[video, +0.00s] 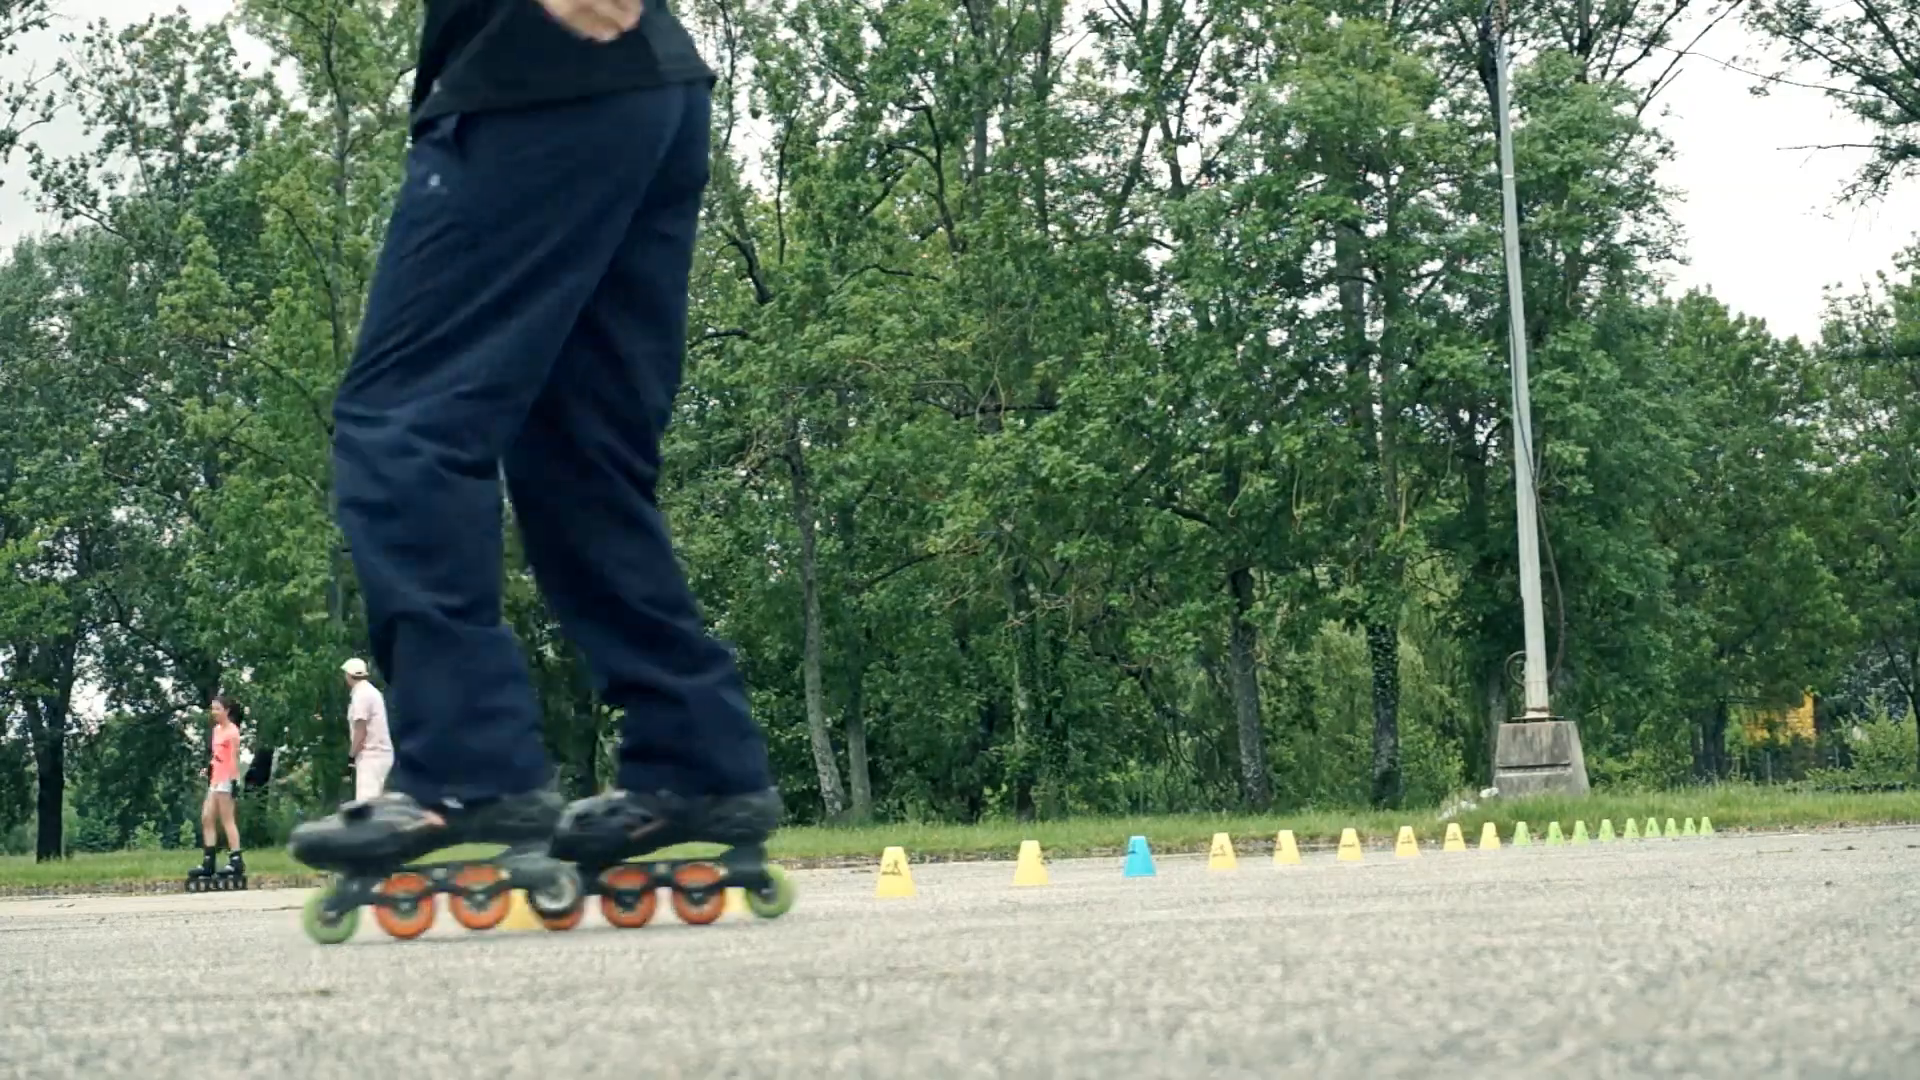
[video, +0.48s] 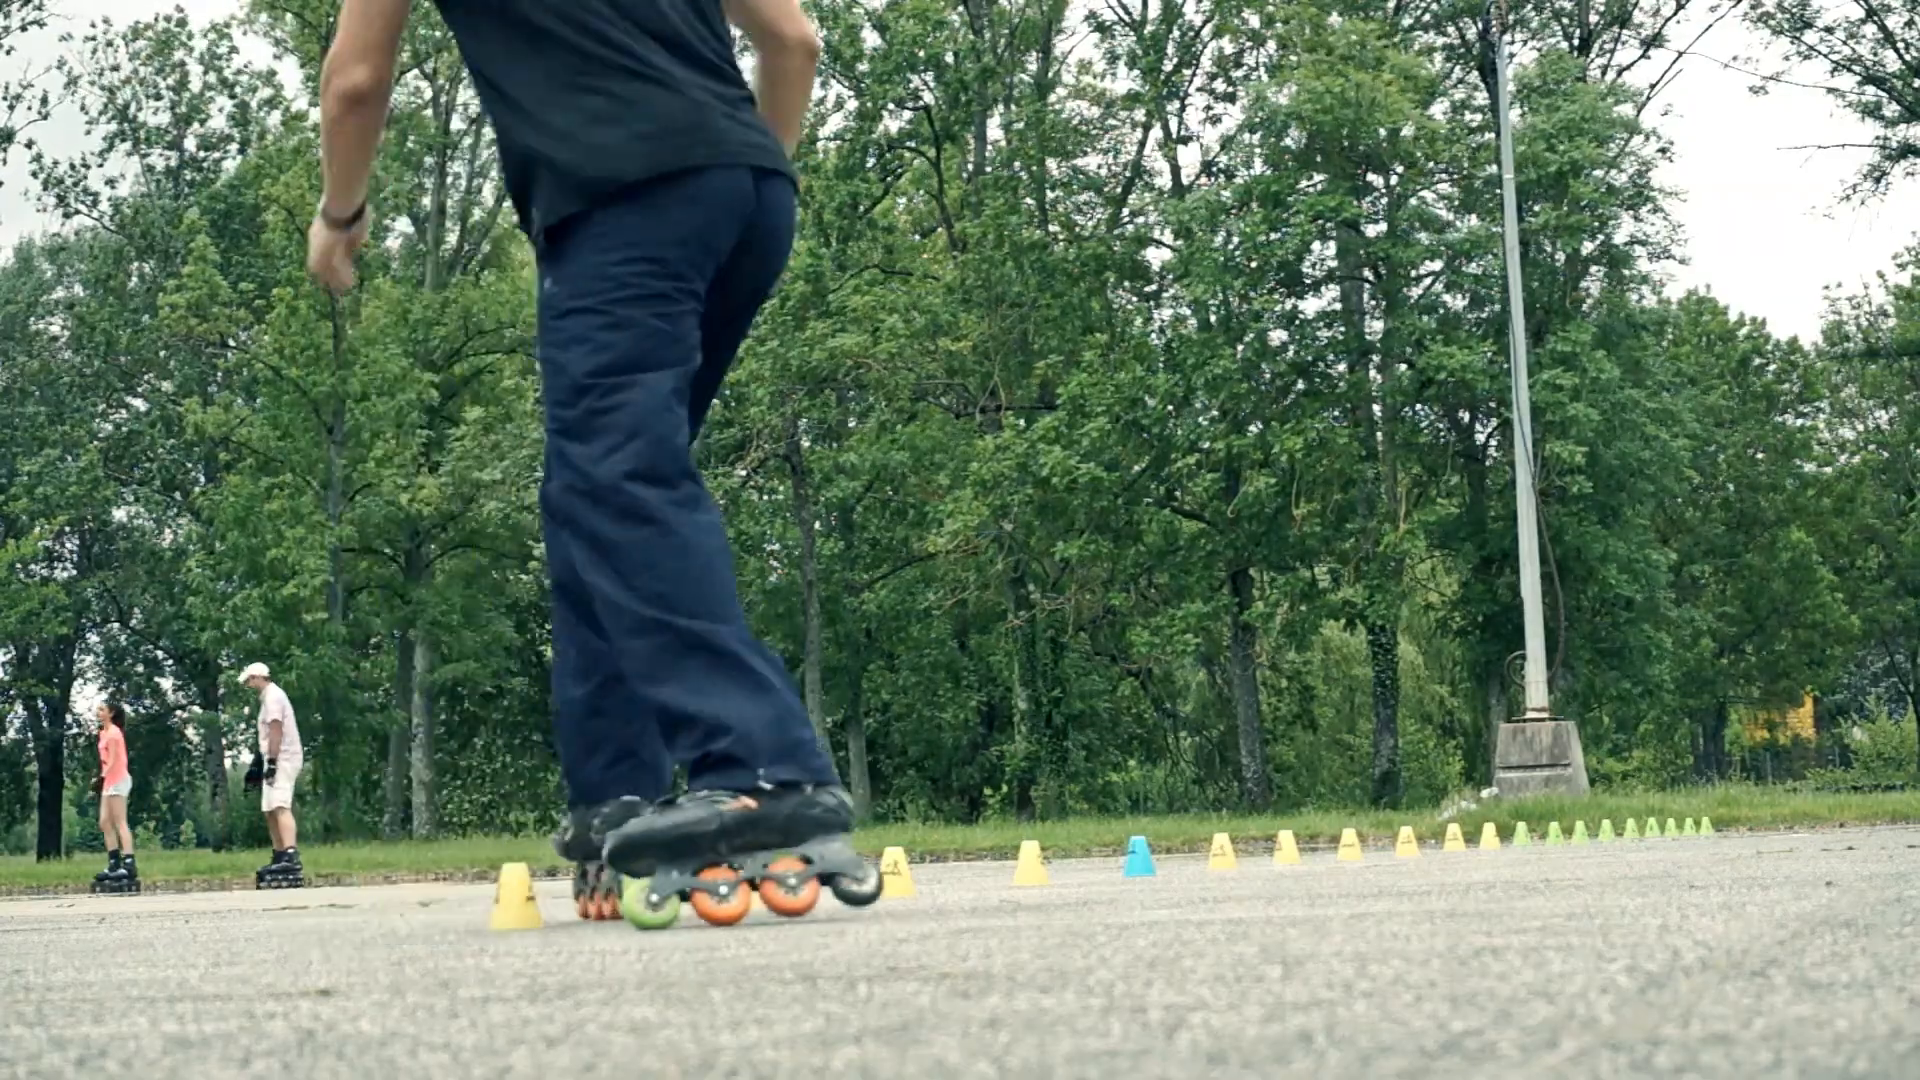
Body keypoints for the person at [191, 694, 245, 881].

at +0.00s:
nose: (213, 712)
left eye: (217, 709)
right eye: (212, 709)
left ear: (226, 711)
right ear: (213, 711)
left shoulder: (232, 732)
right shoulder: (216, 730)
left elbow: (234, 757)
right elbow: (217, 755)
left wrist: (235, 778)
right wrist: (209, 768)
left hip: (226, 778)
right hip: (215, 778)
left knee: (227, 819)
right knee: (207, 818)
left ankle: (236, 859)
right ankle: (208, 861)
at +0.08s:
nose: (193, 712)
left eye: (196, 709)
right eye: (193, 709)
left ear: (206, 711)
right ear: (195, 712)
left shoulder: (212, 732)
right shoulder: (198, 731)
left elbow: (213, 759)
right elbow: (199, 758)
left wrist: (210, 779)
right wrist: (190, 772)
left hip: (209, 777)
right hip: (198, 778)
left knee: (210, 820)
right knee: (188, 819)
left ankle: (219, 860)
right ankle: (189, 862)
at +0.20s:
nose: (164, 714)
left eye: (168, 710)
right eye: (164, 710)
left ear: (178, 712)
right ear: (165, 712)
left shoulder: (184, 732)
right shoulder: (170, 732)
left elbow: (183, 759)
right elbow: (172, 759)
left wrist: (173, 779)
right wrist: (164, 774)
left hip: (183, 777)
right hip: (172, 777)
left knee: (183, 820)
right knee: (164, 819)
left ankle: (191, 861)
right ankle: (165, 864)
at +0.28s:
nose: (146, 713)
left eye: (149, 710)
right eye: (145, 710)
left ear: (159, 712)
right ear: (148, 713)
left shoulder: (164, 733)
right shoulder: (151, 732)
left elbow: (163, 761)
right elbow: (154, 760)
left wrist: (152, 778)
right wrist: (146, 776)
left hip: (166, 777)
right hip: (154, 777)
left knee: (165, 820)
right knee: (147, 819)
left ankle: (173, 861)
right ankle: (151, 862)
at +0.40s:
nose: (116, 713)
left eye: (120, 710)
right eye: (115, 709)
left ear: (130, 713)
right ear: (117, 713)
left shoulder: (133, 733)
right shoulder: (121, 733)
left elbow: (133, 762)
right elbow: (125, 762)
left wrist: (122, 781)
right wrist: (116, 779)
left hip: (137, 778)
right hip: (126, 778)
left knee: (138, 821)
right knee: (121, 821)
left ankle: (147, 863)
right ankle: (128, 862)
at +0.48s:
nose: (99, 712)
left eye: (102, 709)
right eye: (98, 709)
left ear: (111, 713)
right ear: (99, 713)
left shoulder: (114, 733)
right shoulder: (102, 733)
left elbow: (115, 759)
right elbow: (106, 759)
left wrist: (103, 775)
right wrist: (101, 776)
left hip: (119, 777)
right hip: (108, 778)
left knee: (119, 820)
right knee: (105, 821)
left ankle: (129, 862)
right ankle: (113, 862)